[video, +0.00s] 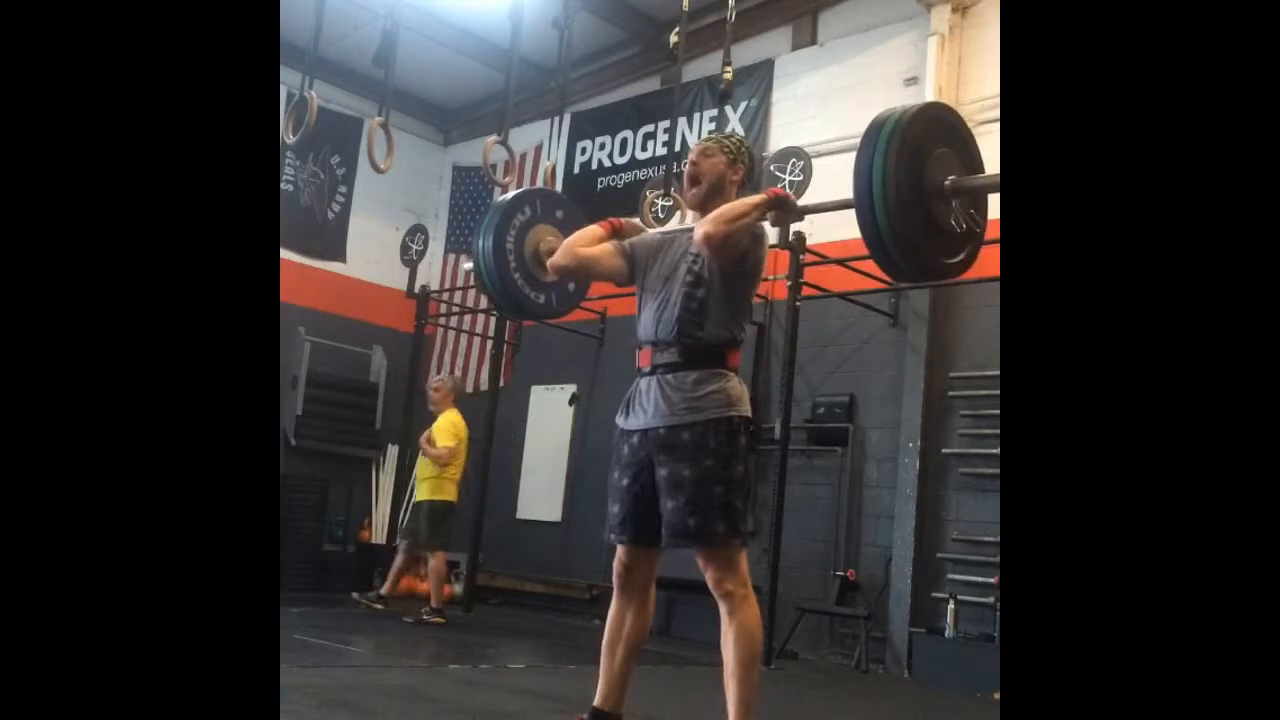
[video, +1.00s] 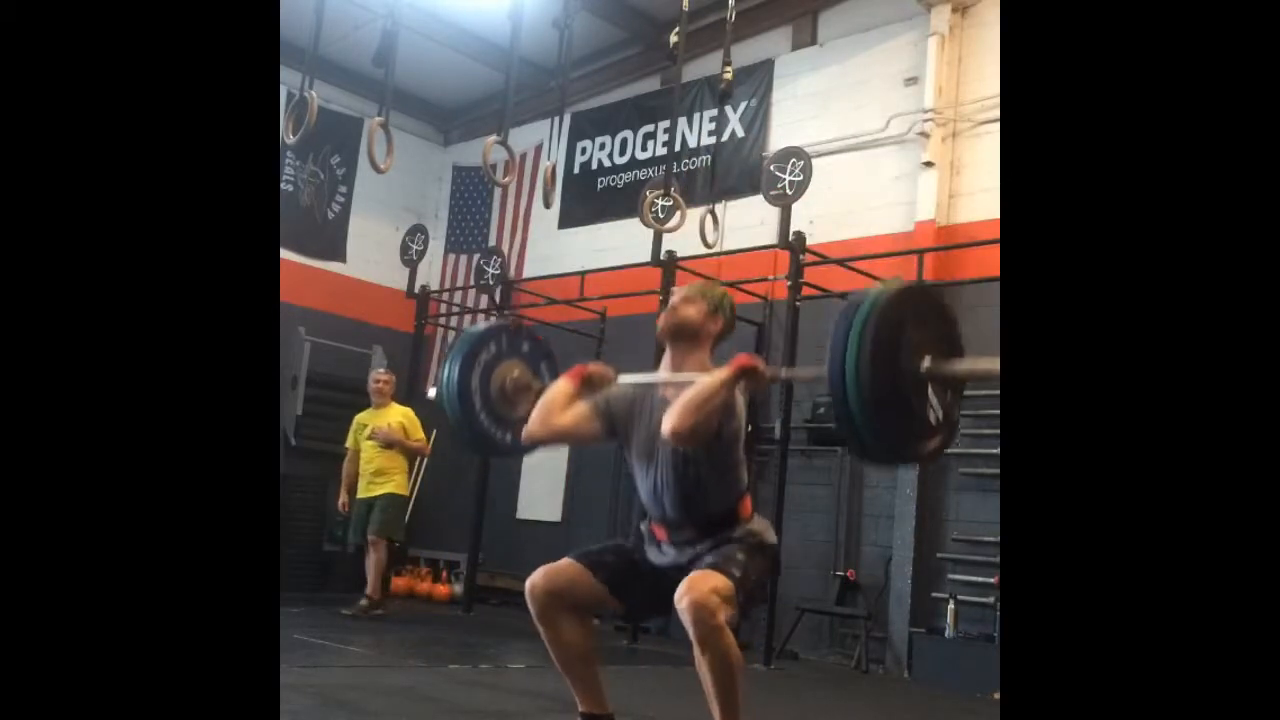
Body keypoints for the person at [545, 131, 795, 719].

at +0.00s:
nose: (691, 164)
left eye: (706, 156)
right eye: (690, 156)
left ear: (737, 173)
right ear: (682, 173)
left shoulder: (741, 237)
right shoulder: (657, 242)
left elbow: (708, 232)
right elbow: (562, 260)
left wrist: (765, 202)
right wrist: (612, 225)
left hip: (707, 417)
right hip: (641, 416)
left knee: (726, 580)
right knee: (629, 575)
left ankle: (739, 714)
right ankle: (605, 708)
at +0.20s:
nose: (690, 163)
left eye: (705, 155)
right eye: (689, 155)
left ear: (736, 173)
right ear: (683, 172)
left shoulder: (741, 237)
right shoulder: (655, 242)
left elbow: (709, 234)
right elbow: (559, 261)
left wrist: (764, 203)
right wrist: (606, 226)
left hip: (708, 417)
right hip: (640, 416)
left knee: (726, 579)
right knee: (628, 575)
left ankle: (739, 714)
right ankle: (604, 709)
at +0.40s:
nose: (688, 161)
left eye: (704, 152)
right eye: (688, 153)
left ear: (735, 170)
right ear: (682, 170)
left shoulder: (739, 232)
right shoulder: (655, 239)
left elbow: (704, 230)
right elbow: (558, 259)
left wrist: (761, 200)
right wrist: (606, 223)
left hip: (705, 415)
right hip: (638, 413)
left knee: (722, 578)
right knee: (624, 571)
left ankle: (736, 714)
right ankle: (604, 709)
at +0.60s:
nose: (687, 165)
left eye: (702, 159)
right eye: (688, 159)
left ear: (732, 181)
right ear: (685, 182)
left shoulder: (734, 241)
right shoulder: (650, 252)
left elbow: (700, 248)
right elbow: (555, 271)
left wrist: (753, 209)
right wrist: (598, 232)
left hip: (720, 421)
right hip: (654, 422)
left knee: (714, 577)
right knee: (595, 568)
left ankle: (734, 715)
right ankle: (600, 709)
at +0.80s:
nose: (680, 222)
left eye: (698, 220)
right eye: (681, 218)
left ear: (724, 248)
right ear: (672, 246)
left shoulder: (728, 307)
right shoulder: (641, 321)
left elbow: (686, 324)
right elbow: (545, 337)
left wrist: (740, 284)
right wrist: (590, 300)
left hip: (730, 485)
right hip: (663, 488)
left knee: (705, 594)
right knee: (561, 581)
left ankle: (732, 716)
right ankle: (595, 710)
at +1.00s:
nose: (671, 302)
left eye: (690, 298)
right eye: (671, 298)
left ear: (716, 323)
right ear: (661, 320)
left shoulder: (722, 389)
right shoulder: (632, 395)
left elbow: (676, 425)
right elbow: (538, 429)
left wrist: (731, 372)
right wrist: (577, 377)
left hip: (732, 547)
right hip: (657, 550)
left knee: (696, 601)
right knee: (546, 589)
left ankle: (727, 717)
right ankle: (595, 712)